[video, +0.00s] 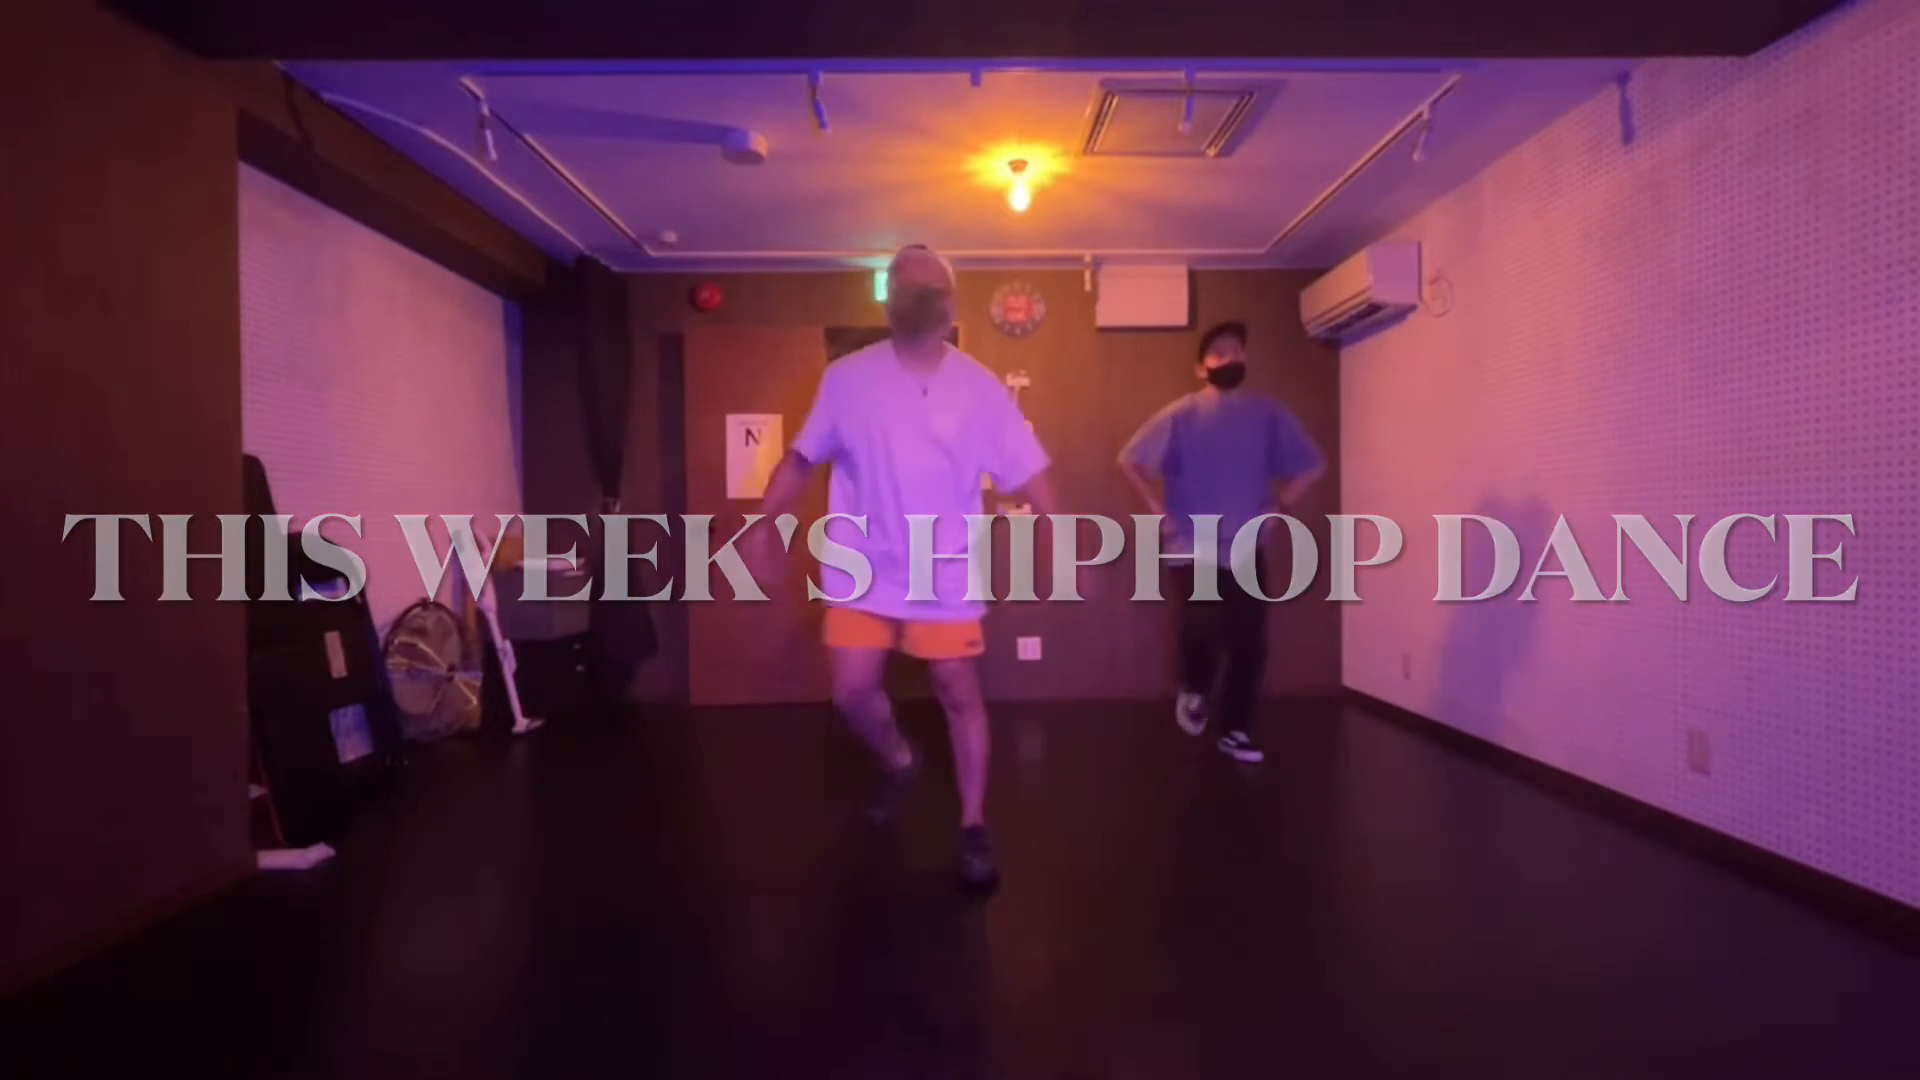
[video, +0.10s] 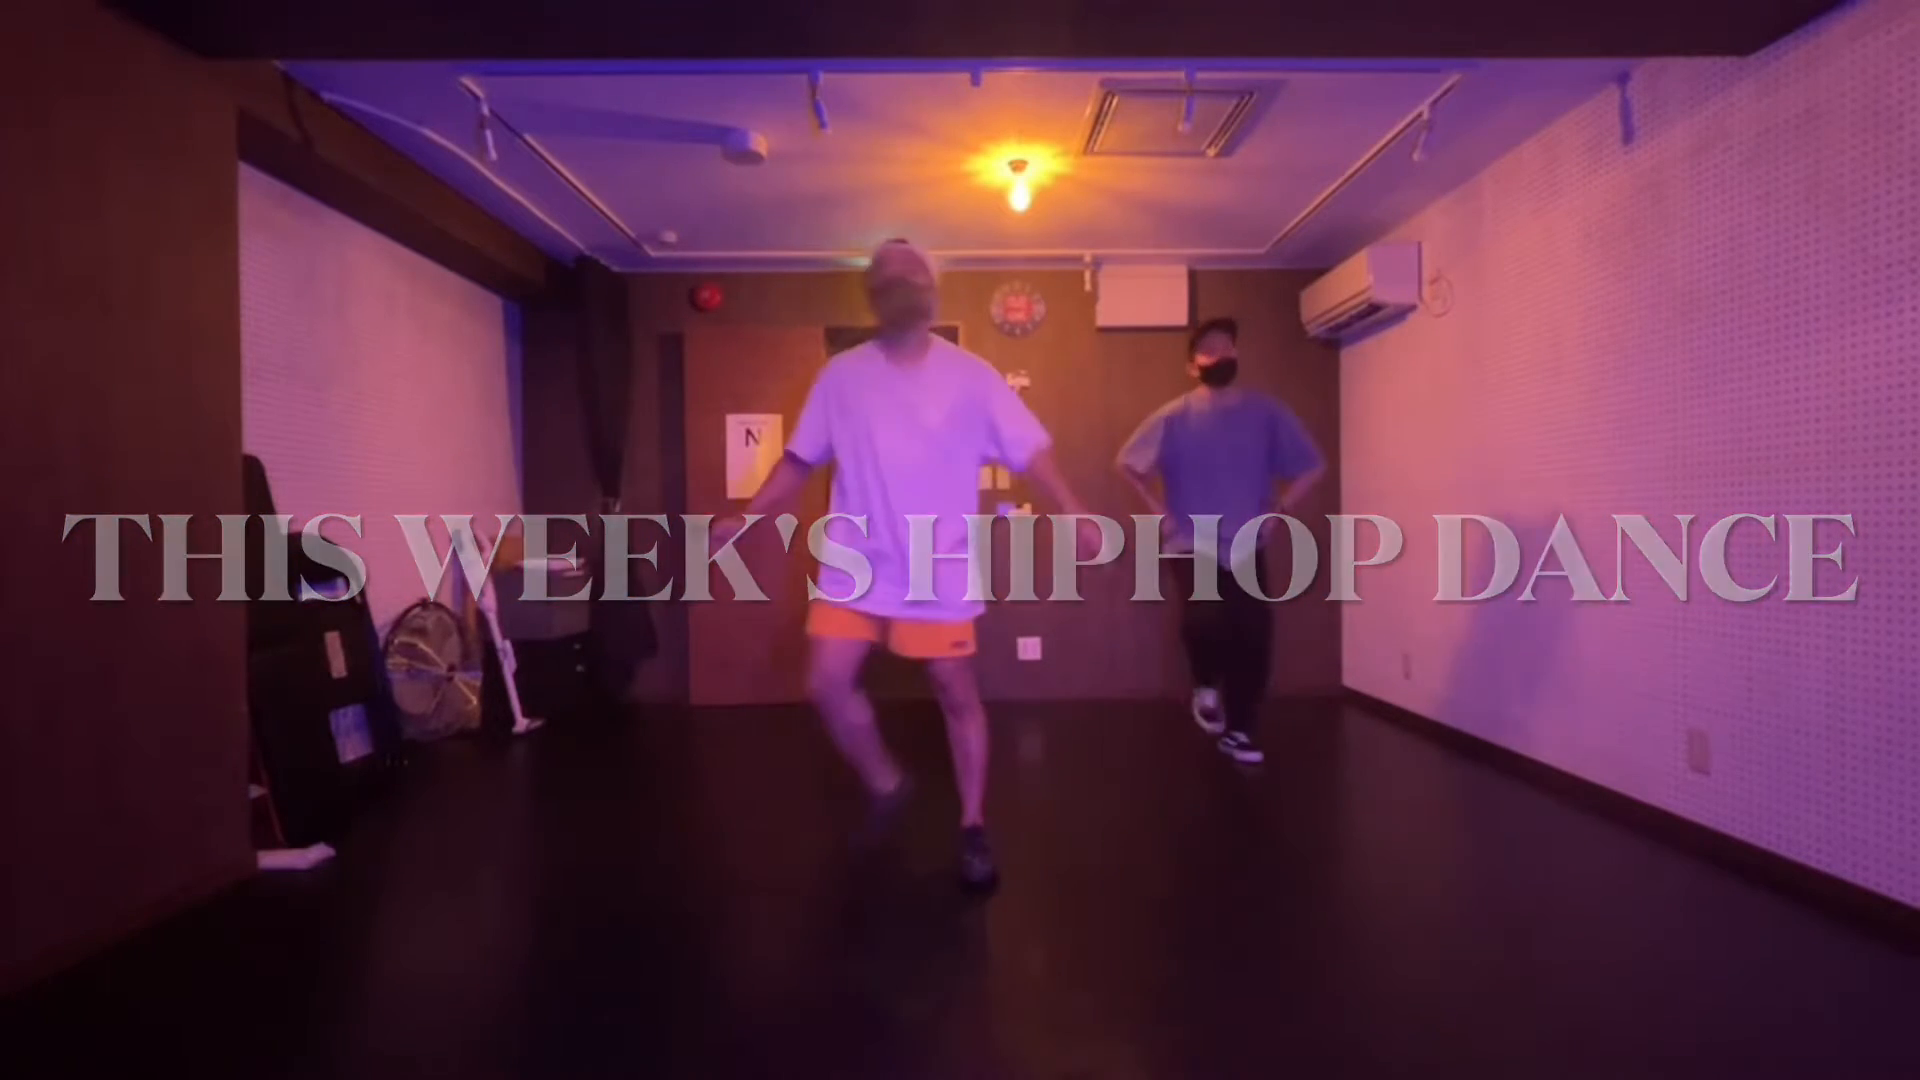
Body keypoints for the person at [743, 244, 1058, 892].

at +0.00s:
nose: (915, 302)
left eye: (929, 292)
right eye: (905, 291)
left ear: (951, 307)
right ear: (888, 302)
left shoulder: (978, 387)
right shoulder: (848, 378)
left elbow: (1032, 476)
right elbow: (803, 458)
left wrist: (1065, 549)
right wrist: (762, 525)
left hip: (946, 573)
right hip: (860, 569)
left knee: (959, 693)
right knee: (853, 692)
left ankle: (973, 826)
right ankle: (900, 764)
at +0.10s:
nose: (901, 292)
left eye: (913, 281)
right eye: (887, 283)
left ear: (935, 295)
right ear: (870, 299)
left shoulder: (970, 376)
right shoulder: (843, 375)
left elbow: (1032, 457)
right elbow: (799, 461)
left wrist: (1077, 516)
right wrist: (748, 515)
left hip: (941, 566)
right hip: (856, 562)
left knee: (956, 690)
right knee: (827, 682)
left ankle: (972, 827)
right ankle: (886, 785)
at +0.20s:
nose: (857, 297)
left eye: (869, 286)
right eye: (847, 288)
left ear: (894, 296)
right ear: (836, 303)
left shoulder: (944, 371)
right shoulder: (825, 383)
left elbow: (1019, 423)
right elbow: (789, 470)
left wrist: (1051, 467)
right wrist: (732, 516)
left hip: (927, 574)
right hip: (841, 573)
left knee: (953, 700)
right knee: (812, 691)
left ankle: (972, 830)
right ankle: (807, 844)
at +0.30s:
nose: (845, 341)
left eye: (850, 326)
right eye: (833, 329)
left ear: (866, 315)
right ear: (820, 326)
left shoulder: (918, 370)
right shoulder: (806, 391)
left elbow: (990, 406)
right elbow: (781, 476)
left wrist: (1007, 468)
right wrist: (728, 532)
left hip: (913, 580)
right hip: (830, 584)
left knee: (942, 701)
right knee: (806, 707)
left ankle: (971, 829)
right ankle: (761, 855)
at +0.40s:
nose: (771, 305)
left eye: (786, 293)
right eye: (765, 295)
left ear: (817, 302)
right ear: (758, 309)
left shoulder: (852, 358)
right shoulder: (766, 396)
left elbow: (915, 399)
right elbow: (772, 492)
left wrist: (913, 475)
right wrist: (752, 545)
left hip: (868, 568)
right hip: (797, 575)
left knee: (899, 701)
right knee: (770, 698)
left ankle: (965, 820)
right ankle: (750, 856)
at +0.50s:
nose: (740, 308)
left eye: (752, 295)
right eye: (738, 297)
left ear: (785, 300)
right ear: (748, 307)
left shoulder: (814, 355)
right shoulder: (755, 388)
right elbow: (761, 490)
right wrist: (766, 565)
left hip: (829, 573)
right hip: (772, 576)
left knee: (839, 709)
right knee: (747, 695)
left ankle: (953, 805)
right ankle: (746, 858)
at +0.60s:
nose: (712, 316)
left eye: (723, 302)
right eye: (710, 304)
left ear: (761, 303)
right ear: (755, 309)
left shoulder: (780, 367)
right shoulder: (761, 371)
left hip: (789, 580)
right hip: (752, 581)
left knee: (771, 712)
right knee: (733, 703)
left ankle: (912, 777)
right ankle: (742, 857)